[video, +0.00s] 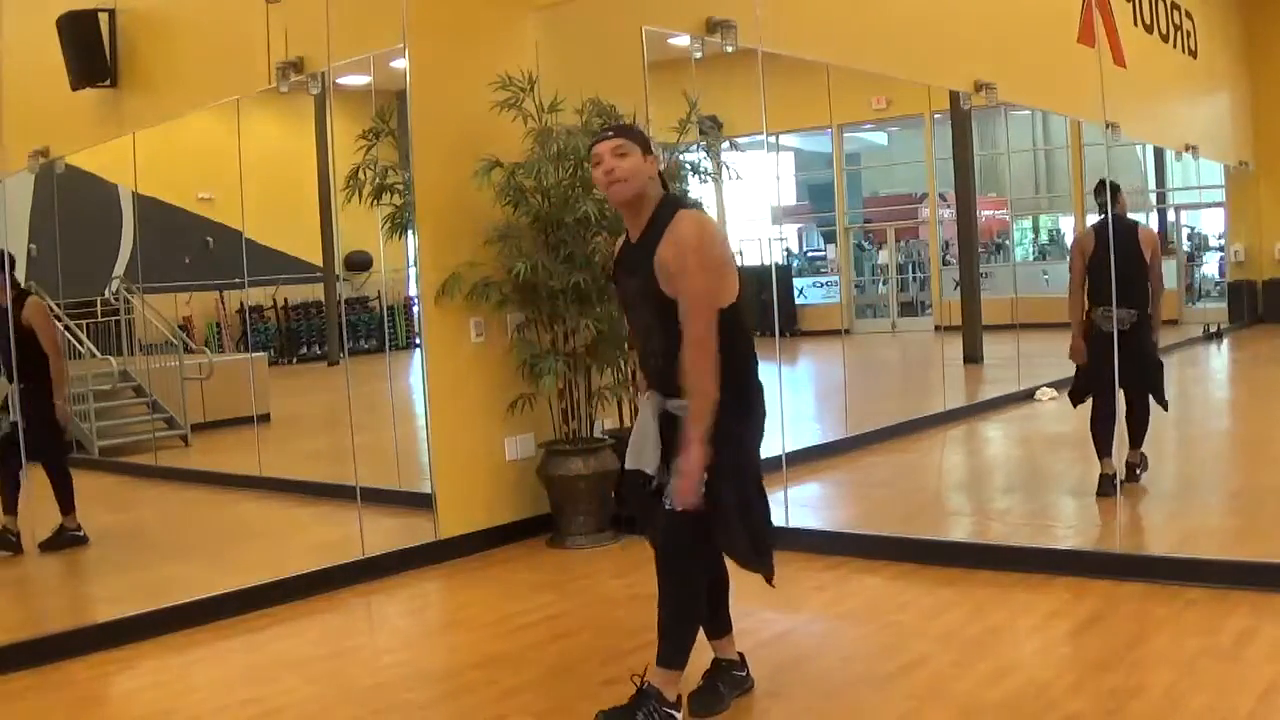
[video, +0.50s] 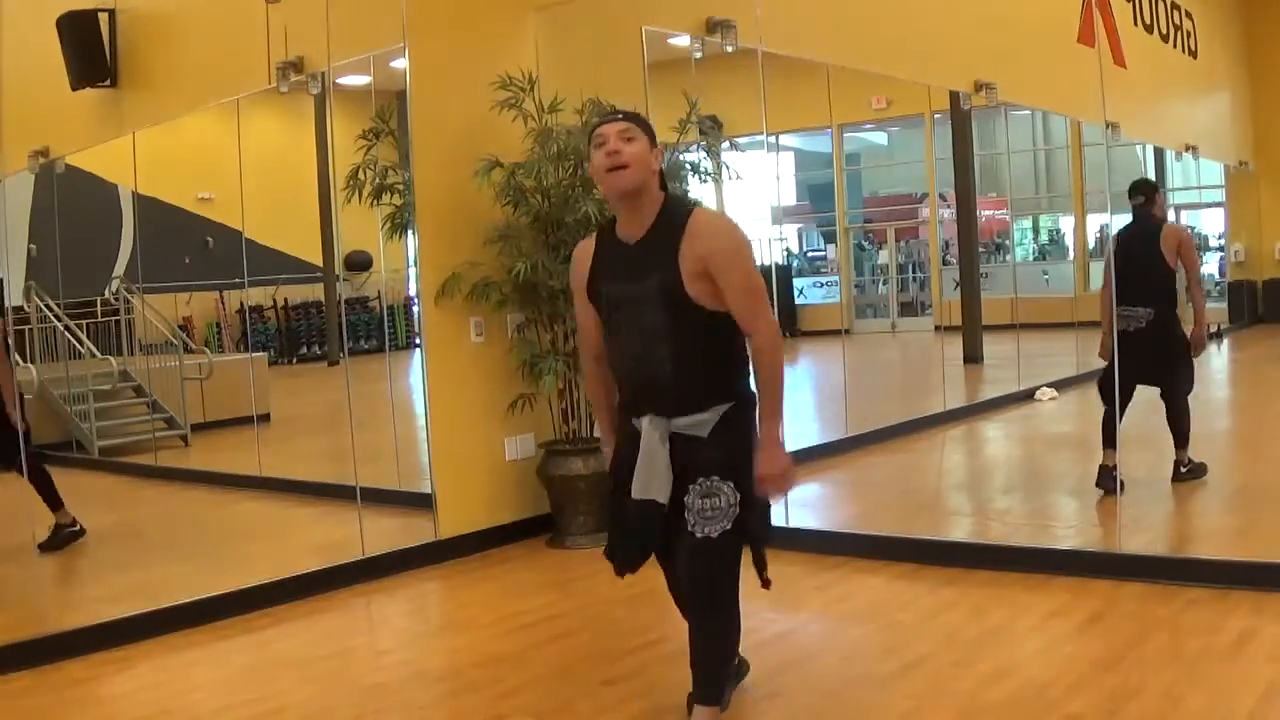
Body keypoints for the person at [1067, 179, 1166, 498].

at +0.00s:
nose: (1126, 201)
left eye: (1119, 197)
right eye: (1123, 197)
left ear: (1096, 205)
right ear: (1121, 200)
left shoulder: (1084, 239)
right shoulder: (1146, 236)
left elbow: (1076, 291)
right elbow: (1157, 286)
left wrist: (1076, 336)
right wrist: (1155, 328)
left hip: (1099, 333)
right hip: (1137, 332)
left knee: (1102, 400)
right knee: (1137, 396)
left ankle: (1107, 470)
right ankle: (1134, 459)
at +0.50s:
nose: (1166, 204)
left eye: (1163, 199)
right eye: (1163, 199)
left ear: (1134, 204)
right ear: (1156, 201)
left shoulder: (1117, 240)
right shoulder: (1176, 234)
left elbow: (1107, 290)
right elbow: (1194, 284)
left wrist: (1106, 335)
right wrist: (1199, 326)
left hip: (1125, 336)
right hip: (1163, 335)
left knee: (1114, 402)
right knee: (1176, 397)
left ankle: (1107, 468)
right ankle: (1182, 462)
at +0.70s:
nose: (1192, 200)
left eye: (1191, 194)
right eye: (1189, 195)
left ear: (1162, 200)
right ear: (1180, 198)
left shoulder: (1145, 234)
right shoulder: (1191, 231)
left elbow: (1141, 286)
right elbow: (1211, 275)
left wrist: (1142, 326)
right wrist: (1212, 296)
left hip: (1149, 326)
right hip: (1182, 325)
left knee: (1154, 389)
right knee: (1193, 392)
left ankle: (1121, 435)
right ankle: (1184, 461)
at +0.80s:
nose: (1203, 197)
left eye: (1201, 191)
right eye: (1200, 191)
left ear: (1173, 195)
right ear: (1190, 193)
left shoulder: (1157, 228)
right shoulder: (1197, 227)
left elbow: (1169, 266)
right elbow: (1225, 262)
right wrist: (1226, 251)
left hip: (1157, 319)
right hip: (1186, 320)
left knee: (1174, 382)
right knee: (1196, 387)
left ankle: (1143, 440)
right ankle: (1184, 462)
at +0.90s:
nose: (1213, 198)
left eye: (1213, 192)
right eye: (1211, 192)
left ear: (1186, 193)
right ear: (1199, 192)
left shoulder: (1167, 225)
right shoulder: (1200, 221)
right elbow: (1235, 234)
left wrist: (1207, 316)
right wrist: (1232, 205)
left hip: (1166, 316)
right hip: (1189, 318)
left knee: (1187, 382)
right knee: (1195, 384)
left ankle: (1179, 452)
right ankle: (1182, 459)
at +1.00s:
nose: (1221, 198)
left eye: (1220, 192)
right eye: (1219, 192)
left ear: (1196, 194)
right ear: (1209, 193)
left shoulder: (1179, 224)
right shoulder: (1206, 221)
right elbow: (1233, 216)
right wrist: (1218, 201)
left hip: (1175, 316)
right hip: (1196, 317)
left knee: (1201, 380)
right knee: (1195, 386)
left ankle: (1211, 442)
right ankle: (1183, 461)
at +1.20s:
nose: (1233, 201)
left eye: (1230, 196)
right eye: (1230, 196)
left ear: (1205, 199)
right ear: (1223, 197)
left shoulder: (1189, 231)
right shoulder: (1230, 227)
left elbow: (1203, 277)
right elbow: (1255, 250)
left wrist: (1233, 309)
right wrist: (1232, 222)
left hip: (1190, 317)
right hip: (1214, 318)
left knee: (1219, 382)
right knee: (1210, 385)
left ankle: (1236, 444)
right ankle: (1184, 458)